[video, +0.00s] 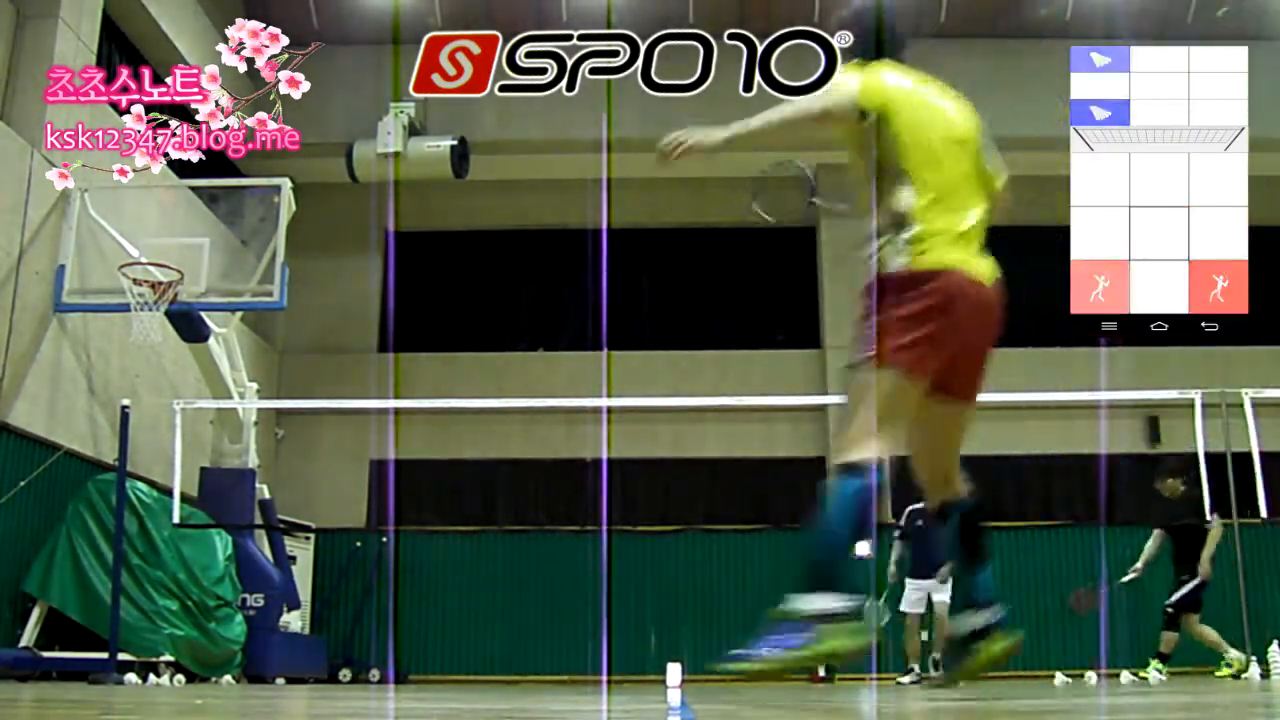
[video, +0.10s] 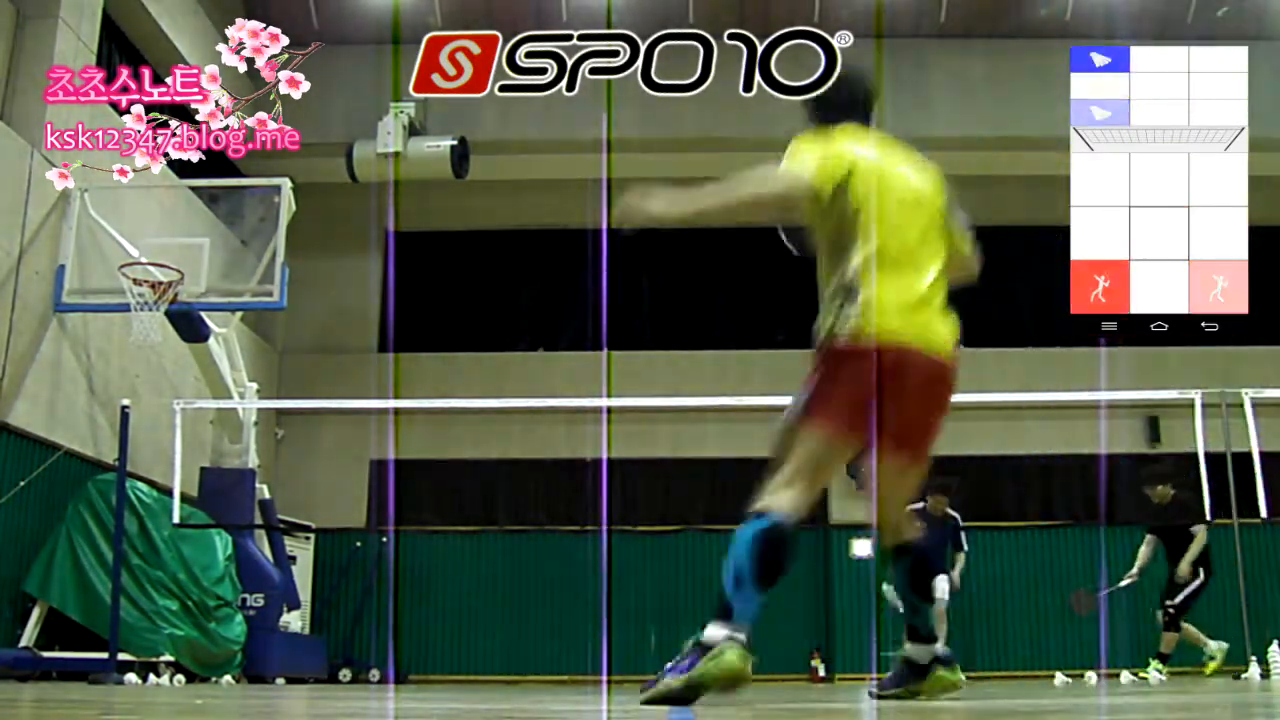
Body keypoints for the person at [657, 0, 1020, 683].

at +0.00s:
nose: (830, 61)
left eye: (833, 49)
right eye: (831, 52)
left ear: (851, 47)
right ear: (897, 47)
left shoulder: (870, 79)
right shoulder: (955, 104)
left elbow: (805, 110)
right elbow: (997, 195)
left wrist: (719, 134)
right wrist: (922, 211)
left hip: (923, 280)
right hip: (979, 287)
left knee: (866, 433)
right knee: (937, 457)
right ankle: (974, 610)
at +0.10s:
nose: (806, 125)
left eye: (809, 116)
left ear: (817, 112)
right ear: (870, 112)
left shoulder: (826, 148)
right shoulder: (923, 172)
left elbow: (787, 191)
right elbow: (966, 261)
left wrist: (666, 204)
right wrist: (897, 277)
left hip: (863, 343)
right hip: (933, 354)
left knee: (792, 485)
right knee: (897, 511)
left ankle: (727, 634)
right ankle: (926, 656)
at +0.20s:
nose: (787, 165)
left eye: (789, 157)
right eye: (791, 157)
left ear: (795, 159)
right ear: (850, 161)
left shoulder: (796, 200)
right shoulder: (897, 223)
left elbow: (775, 246)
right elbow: (953, 298)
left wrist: (657, 266)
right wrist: (891, 278)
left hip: (827, 392)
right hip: (897, 403)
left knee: (744, 519)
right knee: (851, 527)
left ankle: (719, 648)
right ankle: (924, 655)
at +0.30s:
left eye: (780, 128)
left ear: (782, 132)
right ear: (837, 129)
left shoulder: (779, 169)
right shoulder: (881, 191)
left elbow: (760, 227)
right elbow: (937, 270)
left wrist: (657, 271)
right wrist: (874, 256)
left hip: (805, 361)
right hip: (872, 370)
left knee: (731, 490)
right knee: (842, 509)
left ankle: (711, 609)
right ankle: (908, 631)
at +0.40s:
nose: (754, 114)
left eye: (754, 104)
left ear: (762, 105)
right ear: (817, 107)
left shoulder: (763, 147)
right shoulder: (866, 166)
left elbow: (745, 201)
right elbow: (914, 246)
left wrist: (657, 264)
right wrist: (864, 271)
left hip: (792, 333)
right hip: (860, 344)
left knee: (727, 467)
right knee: (841, 492)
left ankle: (700, 597)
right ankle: (900, 612)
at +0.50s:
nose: (738, 125)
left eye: (739, 117)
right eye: (750, 115)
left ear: (742, 122)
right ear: (794, 122)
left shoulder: (749, 160)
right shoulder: (844, 176)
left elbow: (740, 216)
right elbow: (894, 254)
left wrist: (657, 284)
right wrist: (842, 291)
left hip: (787, 346)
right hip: (853, 354)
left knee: (713, 475)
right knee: (850, 506)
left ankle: (671, 606)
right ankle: (900, 627)